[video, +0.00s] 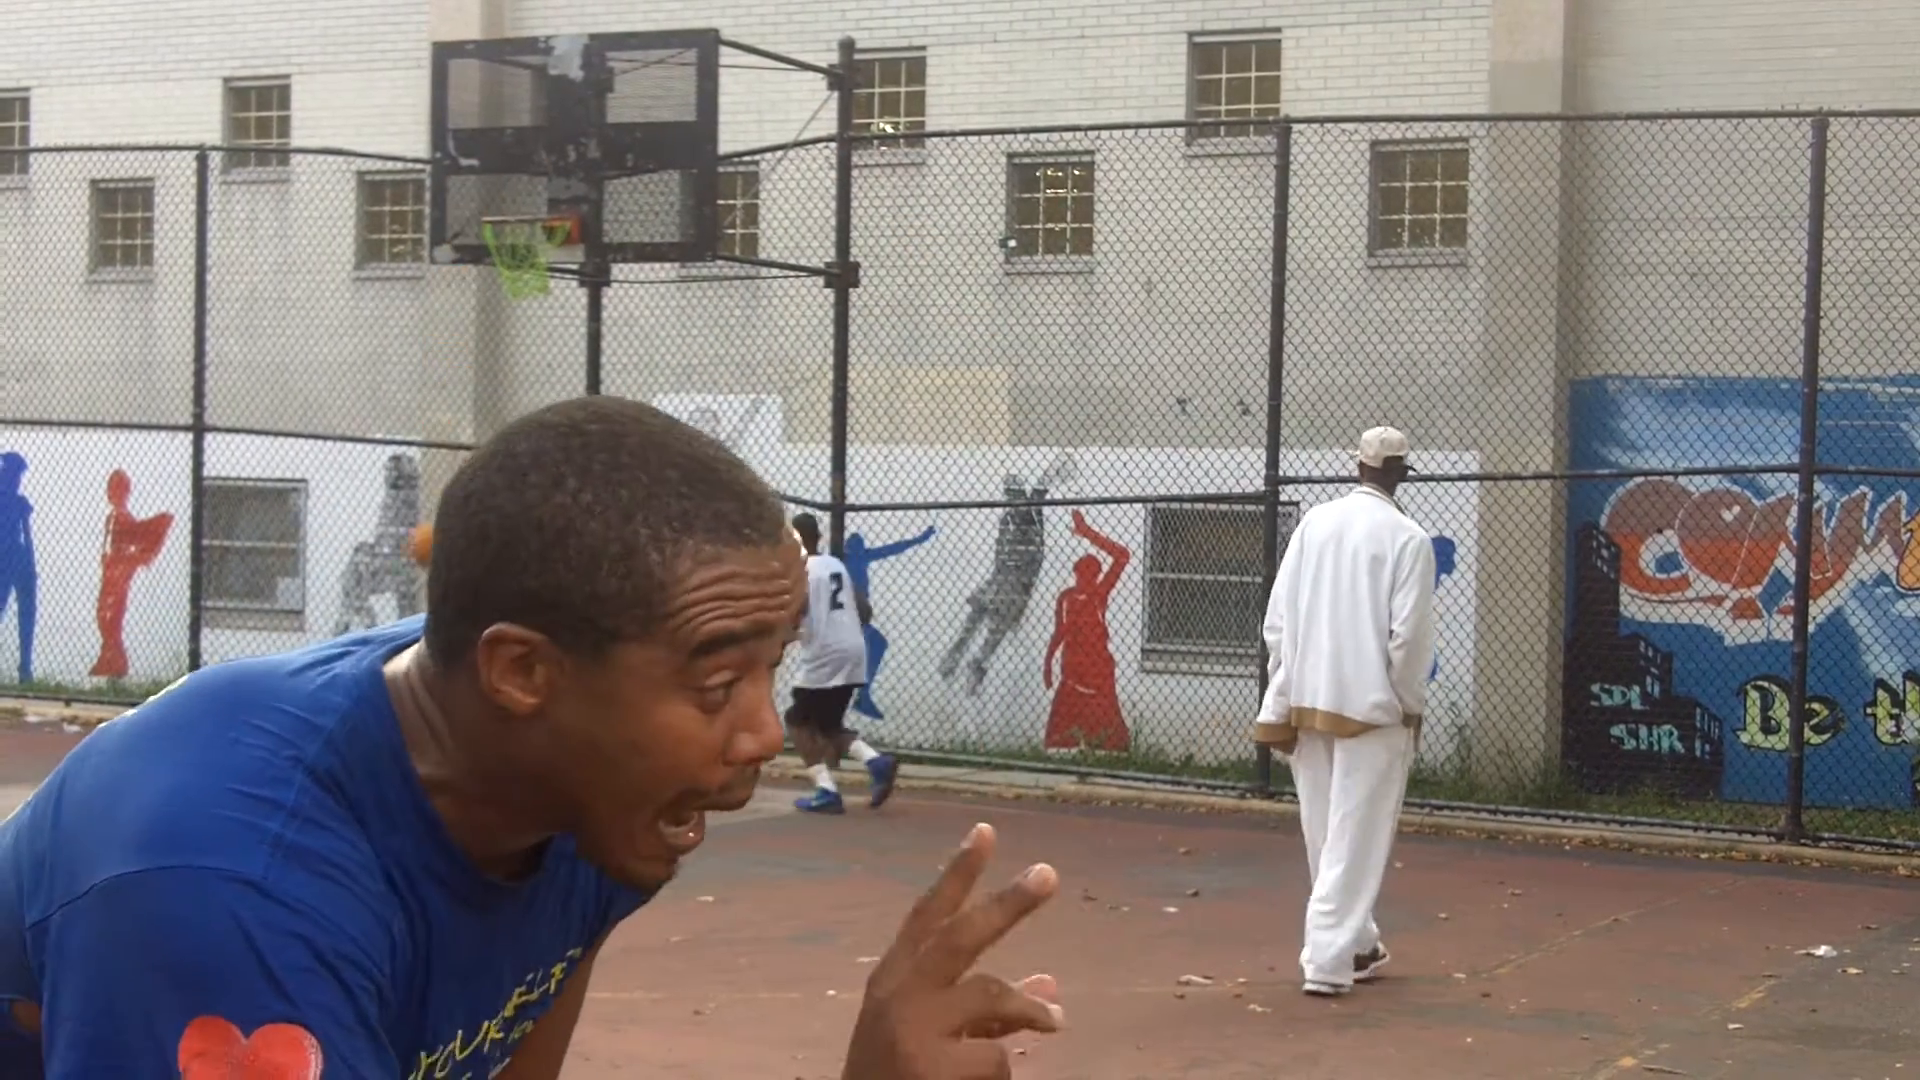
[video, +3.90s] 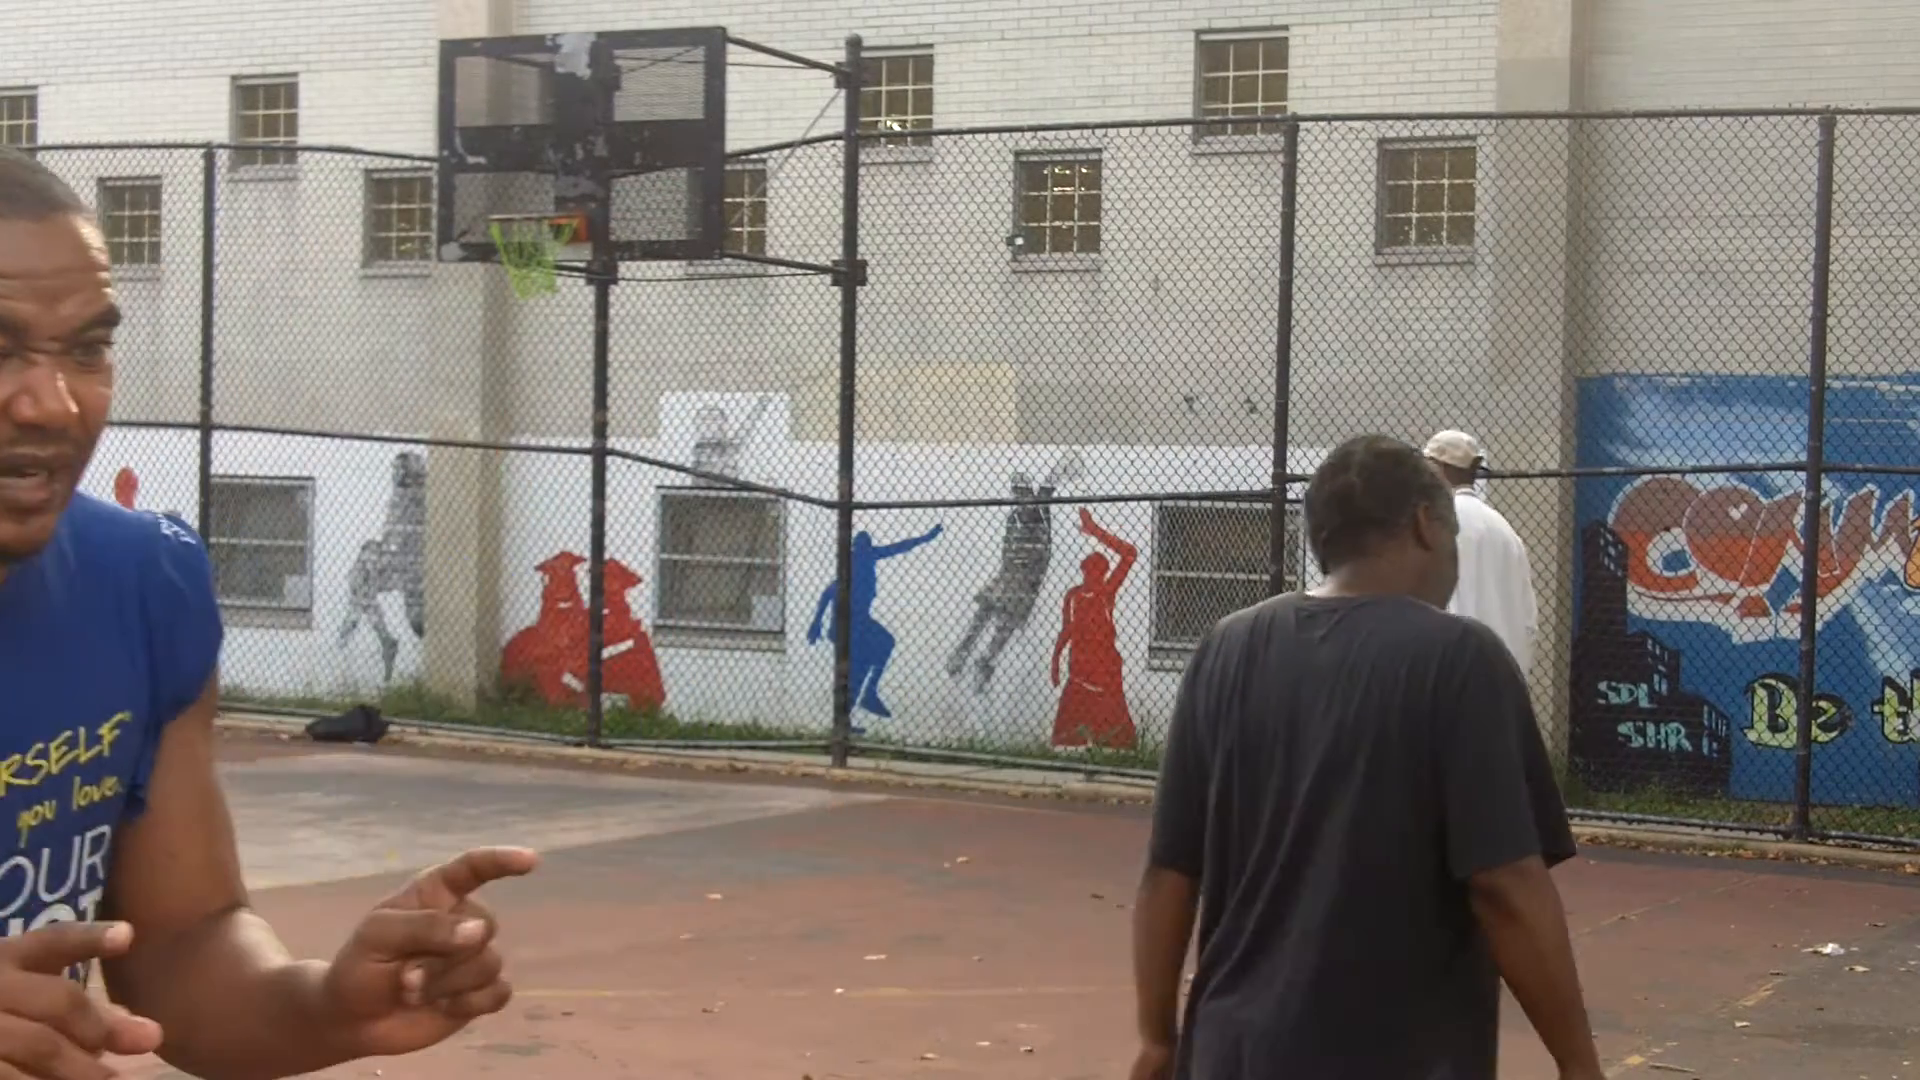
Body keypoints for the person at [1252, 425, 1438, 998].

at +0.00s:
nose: (1394, 478)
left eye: (1376, 466)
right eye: (1400, 472)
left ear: (1357, 469)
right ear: (1402, 475)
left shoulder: (1313, 522)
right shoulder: (1408, 538)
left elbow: (1277, 620)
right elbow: (1407, 635)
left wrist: (1286, 691)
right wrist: (1412, 704)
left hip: (1306, 698)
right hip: (1371, 704)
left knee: (1323, 827)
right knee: (1353, 832)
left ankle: (1358, 942)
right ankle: (1323, 965)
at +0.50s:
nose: (1399, 477)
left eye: (1380, 470)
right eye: (1404, 470)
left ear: (1364, 476)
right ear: (1408, 474)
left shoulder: (1333, 532)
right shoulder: (1434, 530)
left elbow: (1312, 629)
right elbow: (1447, 623)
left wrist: (1316, 703)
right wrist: (1461, 692)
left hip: (1349, 695)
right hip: (1417, 694)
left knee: (1354, 822)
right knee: (1424, 826)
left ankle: (1358, 950)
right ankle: (1382, 930)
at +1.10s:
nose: (1482, 482)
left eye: (1465, 470)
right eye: (1493, 476)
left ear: (1451, 472)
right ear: (1497, 479)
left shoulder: (1405, 520)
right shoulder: (1509, 542)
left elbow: (1367, 612)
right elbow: (1512, 634)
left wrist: (1361, 685)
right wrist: (1501, 698)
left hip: (1392, 688)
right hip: (1466, 696)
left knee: (1373, 818)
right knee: (1461, 827)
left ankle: (1365, 938)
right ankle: (1460, 960)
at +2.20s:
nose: (1406, 476)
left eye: (1411, 468)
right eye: (1408, 467)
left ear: (1430, 470)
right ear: (1456, 472)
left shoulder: (1410, 524)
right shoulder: (1498, 533)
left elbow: (1396, 618)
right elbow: (1522, 623)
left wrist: (1380, 693)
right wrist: (1504, 692)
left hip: (1422, 697)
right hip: (1483, 699)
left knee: (1417, 825)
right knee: (1477, 822)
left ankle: (1431, 956)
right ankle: (1474, 956)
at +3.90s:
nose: (1423, 476)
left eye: (1427, 467)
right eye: (1424, 467)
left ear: (1437, 469)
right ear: (1473, 473)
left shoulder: (1427, 522)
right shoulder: (1504, 529)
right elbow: (1527, 617)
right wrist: (1514, 676)